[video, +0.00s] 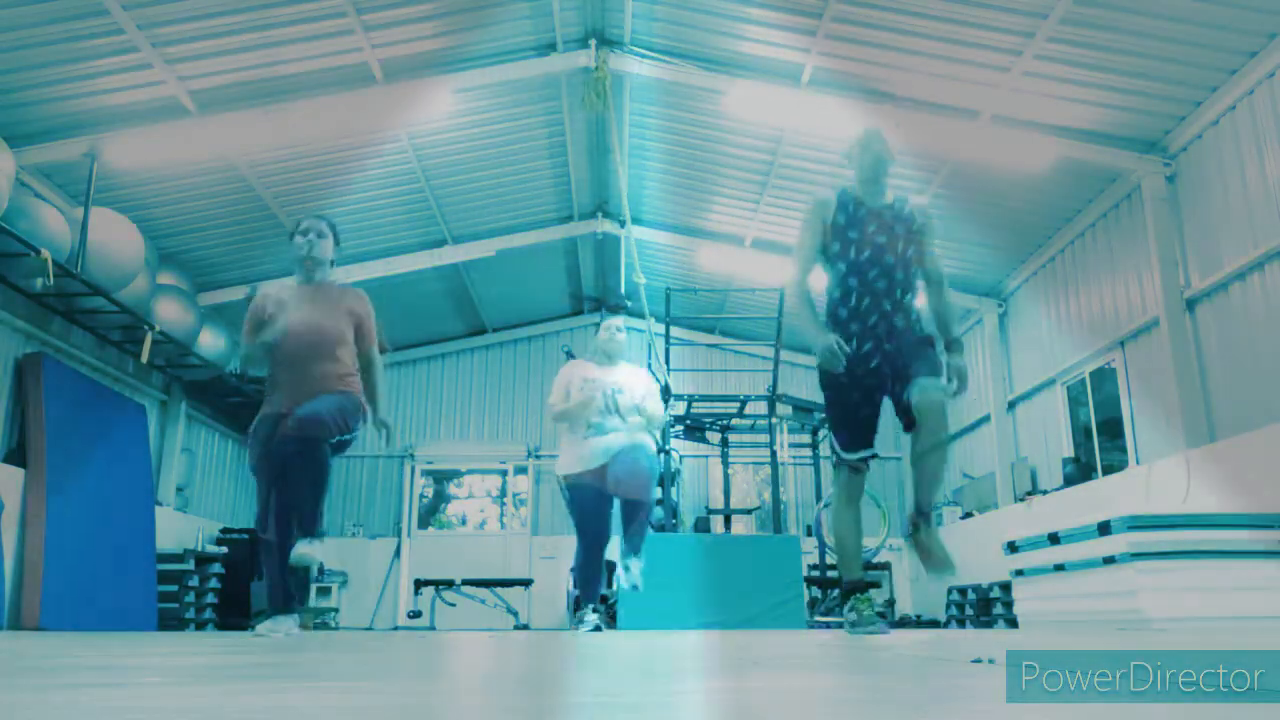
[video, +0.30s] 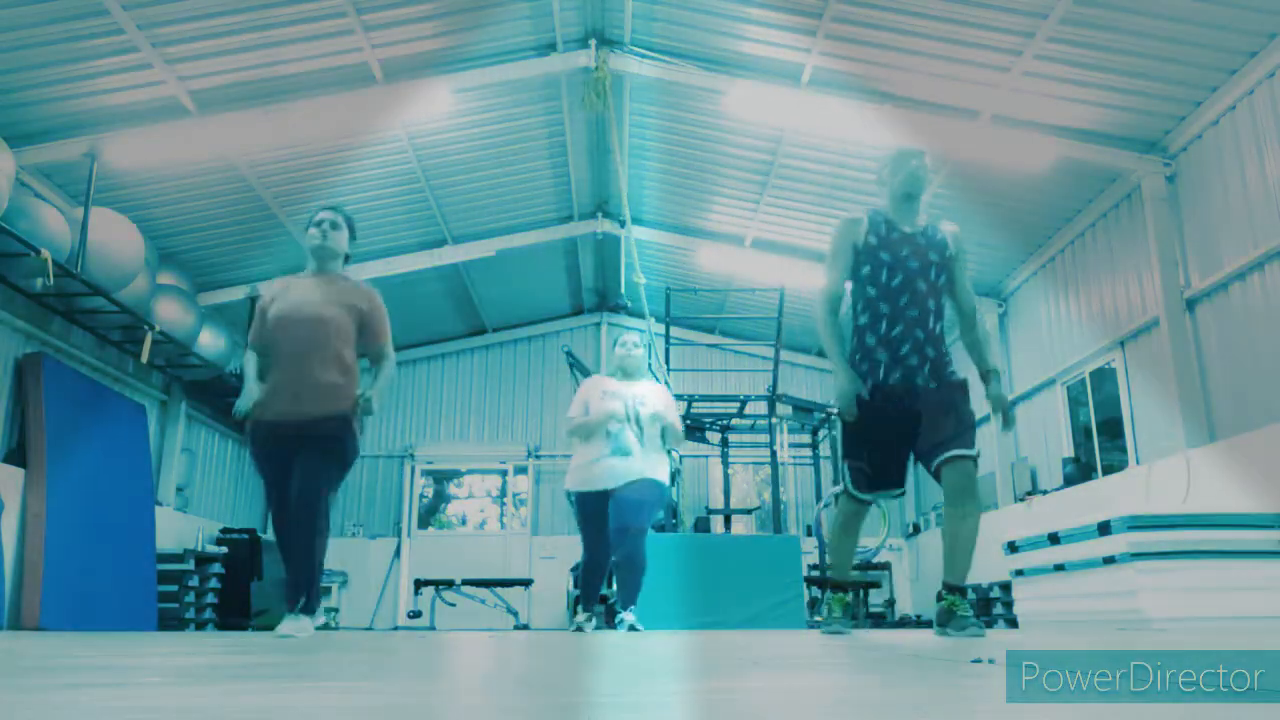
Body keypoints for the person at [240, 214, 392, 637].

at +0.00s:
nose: (310, 242)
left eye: (319, 236)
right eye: (303, 235)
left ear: (334, 249)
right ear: (292, 247)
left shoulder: (354, 299)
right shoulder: (269, 297)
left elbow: (371, 362)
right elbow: (245, 360)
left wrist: (377, 412)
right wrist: (264, 334)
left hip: (338, 398)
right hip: (279, 405)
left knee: (303, 429)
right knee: (273, 509)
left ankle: (307, 535)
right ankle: (282, 612)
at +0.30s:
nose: (322, 231)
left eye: (333, 226)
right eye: (315, 226)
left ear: (349, 244)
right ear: (304, 238)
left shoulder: (363, 296)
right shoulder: (274, 289)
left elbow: (386, 358)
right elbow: (252, 349)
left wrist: (375, 390)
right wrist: (251, 384)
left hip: (330, 418)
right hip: (272, 418)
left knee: (308, 495)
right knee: (283, 510)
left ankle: (302, 609)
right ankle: (307, 602)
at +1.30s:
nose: (283, 195)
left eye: (294, 189)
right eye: (276, 189)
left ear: (311, 204)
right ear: (264, 203)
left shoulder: (335, 256)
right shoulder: (241, 256)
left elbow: (361, 318)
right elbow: (209, 318)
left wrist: (353, 330)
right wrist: (228, 305)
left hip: (321, 375)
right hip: (260, 381)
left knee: (298, 422)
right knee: (252, 494)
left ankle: (303, 527)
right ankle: (245, 605)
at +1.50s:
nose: (294, 214)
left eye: (304, 208)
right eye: (287, 208)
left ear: (323, 223)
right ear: (276, 221)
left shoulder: (343, 278)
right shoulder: (255, 279)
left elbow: (373, 340)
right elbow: (205, 336)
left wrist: (359, 340)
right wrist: (206, 307)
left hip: (330, 391)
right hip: (269, 399)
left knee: (317, 419)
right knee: (255, 516)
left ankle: (318, 531)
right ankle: (253, 612)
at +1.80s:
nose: (326, 221)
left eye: (335, 214)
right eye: (319, 214)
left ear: (352, 227)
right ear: (308, 226)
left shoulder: (376, 283)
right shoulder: (289, 283)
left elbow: (411, 344)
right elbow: (264, 352)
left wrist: (388, 337)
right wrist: (281, 350)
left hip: (365, 409)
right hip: (303, 411)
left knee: (367, 505)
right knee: (289, 512)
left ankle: (365, 611)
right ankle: (281, 611)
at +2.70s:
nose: (404, 201)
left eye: (412, 194)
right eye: (396, 194)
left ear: (428, 206)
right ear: (384, 206)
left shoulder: (453, 260)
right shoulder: (367, 263)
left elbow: (488, 311)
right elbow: (323, 320)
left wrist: (472, 334)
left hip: (438, 401)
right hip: (380, 398)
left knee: (436, 491)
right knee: (374, 510)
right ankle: (372, 609)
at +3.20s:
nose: (463, 182)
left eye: (471, 175)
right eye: (454, 176)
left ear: (487, 190)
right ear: (441, 191)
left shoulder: (514, 241)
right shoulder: (420, 249)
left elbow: (546, 306)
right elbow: (395, 312)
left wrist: (516, 295)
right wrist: (427, 302)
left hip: (512, 370)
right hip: (452, 376)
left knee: (523, 466)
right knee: (448, 481)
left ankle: (531, 575)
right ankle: (445, 591)